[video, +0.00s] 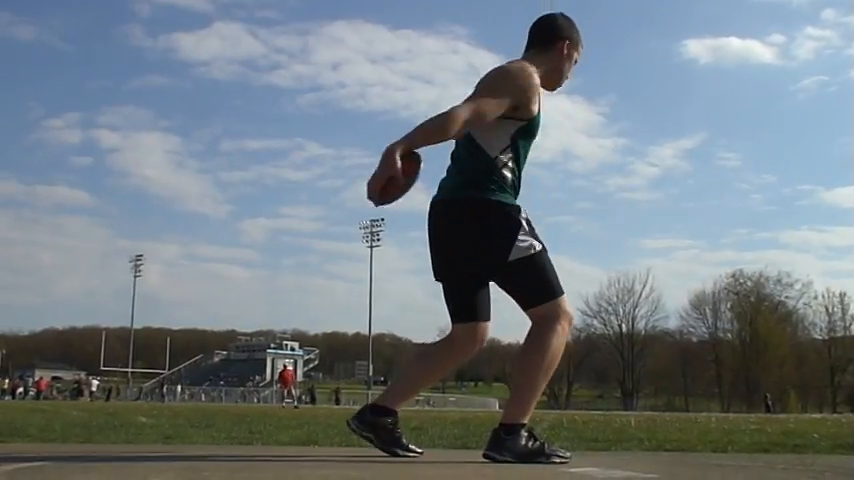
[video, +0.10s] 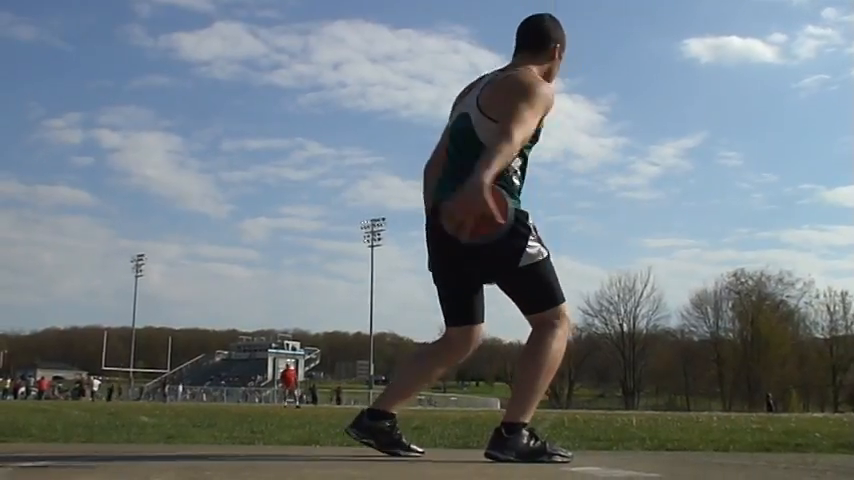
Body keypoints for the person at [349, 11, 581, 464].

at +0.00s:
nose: (573, 72)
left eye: (577, 63)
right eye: (576, 60)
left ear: (537, 44)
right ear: (563, 49)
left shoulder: (504, 80)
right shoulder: (524, 78)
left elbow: (456, 129)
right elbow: (464, 115)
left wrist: (397, 161)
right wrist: (401, 146)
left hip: (449, 215)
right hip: (490, 212)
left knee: (469, 333)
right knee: (555, 317)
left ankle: (380, 413)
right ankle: (512, 434)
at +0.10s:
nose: (561, 66)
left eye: (563, 58)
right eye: (563, 57)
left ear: (517, 47)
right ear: (556, 52)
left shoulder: (474, 89)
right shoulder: (536, 87)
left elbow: (434, 165)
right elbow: (511, 136)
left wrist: (436, 214)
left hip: (443, 222)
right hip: (493, 214)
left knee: (463, 334)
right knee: (554, 322)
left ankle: (377, 416)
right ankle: (513, 433)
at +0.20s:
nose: (542, 55)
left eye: (539, 49)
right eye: (544, 49)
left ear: (498, 41)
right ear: (538, 47)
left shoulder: (455, 81)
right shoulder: (538, 87)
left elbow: (410, 158)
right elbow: (569, 146)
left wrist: (420, 217)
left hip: (439, 217)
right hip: (496, 214)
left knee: (450, 328)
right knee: (543, 323)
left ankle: (377, 417)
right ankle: (514, 431)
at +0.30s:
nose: (526, 35)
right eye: (527, 28)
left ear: (483, 23)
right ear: (524, 28)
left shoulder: (439, 64)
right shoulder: (531, 71)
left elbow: (401, 142)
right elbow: (595, 136)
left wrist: (426, 171)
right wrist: (635, 171)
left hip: (436, 201)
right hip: (495, 200)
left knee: (436, 311)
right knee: (531, 316)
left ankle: (378, 417)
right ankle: (516, 429)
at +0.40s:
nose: (518, 12)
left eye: (513, 9)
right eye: (519, 8)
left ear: (471, 5)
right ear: (514, 9)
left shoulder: (428, 48)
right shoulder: (530, 54)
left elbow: (405, 119)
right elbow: (558, 114)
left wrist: (446, 110)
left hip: (437, 190)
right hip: (498, 186)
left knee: (423, 304)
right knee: (526, 308)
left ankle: (384, 414)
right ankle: (520, 422)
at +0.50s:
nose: (509, 12)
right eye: (511, 8)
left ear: (463, 4)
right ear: (506, 6)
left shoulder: (424, 42)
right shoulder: (522, 47)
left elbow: (408, 104)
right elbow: (518, 89)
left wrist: (440, 71)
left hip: (441, 180)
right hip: (501, 178)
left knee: (420, 301)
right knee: (524, 302)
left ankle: (391, 415)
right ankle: (525, 418)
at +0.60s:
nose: (506, 10)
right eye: (507, 6)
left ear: (458, 5)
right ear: (502, 7)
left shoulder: (424, 42)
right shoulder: (514, 48)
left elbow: (406, 100)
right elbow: (484, 67)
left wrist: (411, 39)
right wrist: (432, 27)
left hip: (441, 182)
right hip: (502, 180)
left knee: (420, 301)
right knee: (523, 302)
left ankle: (391, 417)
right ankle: (527, 417)